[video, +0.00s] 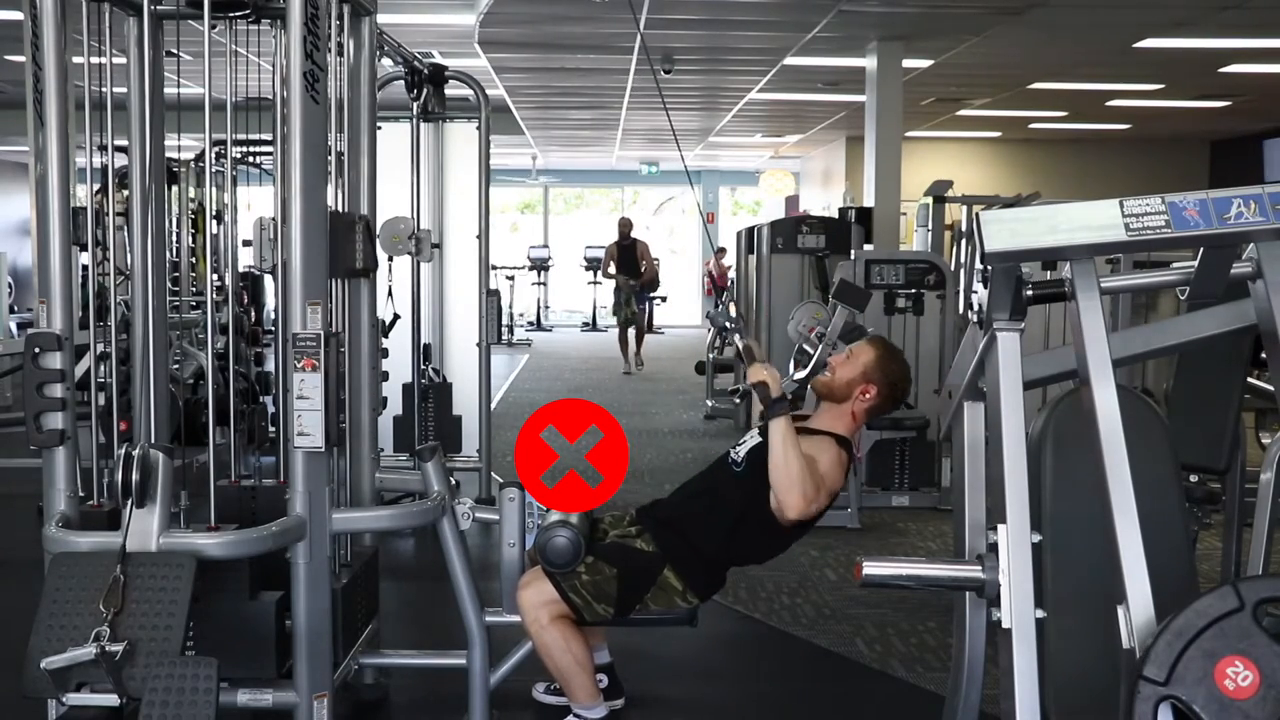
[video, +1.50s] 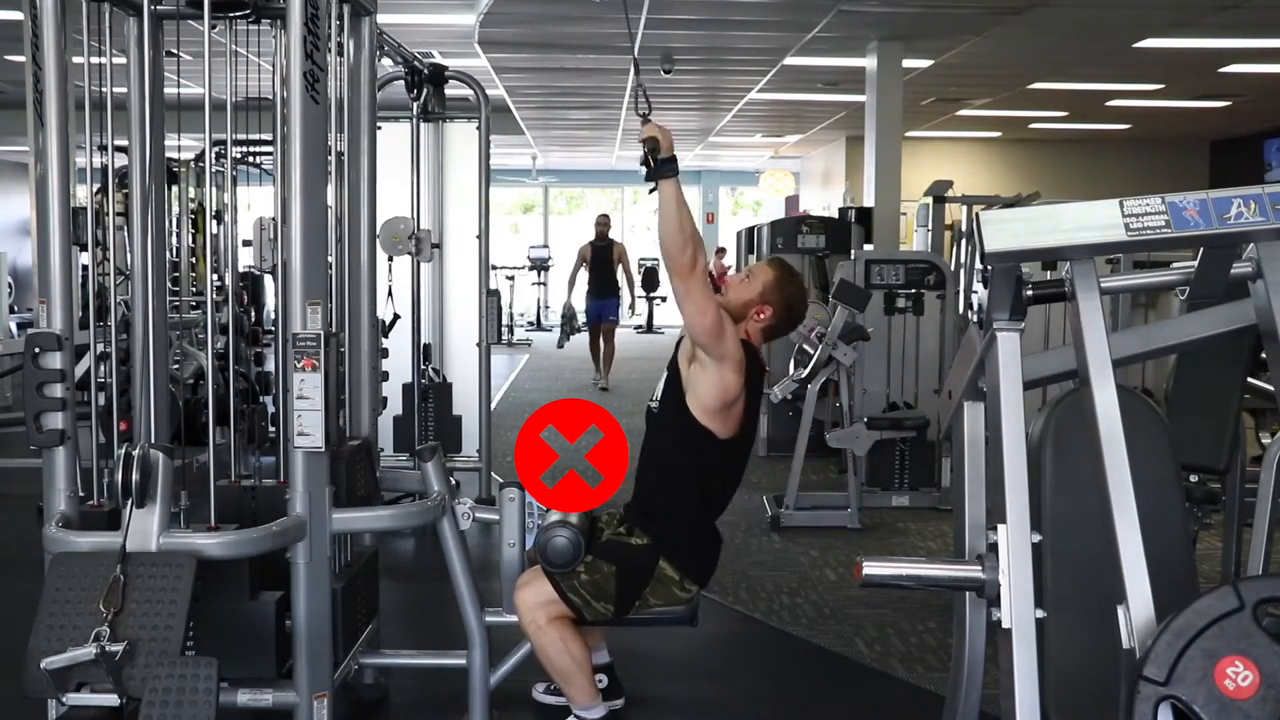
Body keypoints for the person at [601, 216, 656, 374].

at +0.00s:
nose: (623, 230)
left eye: (626, 226)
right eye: (621, 226)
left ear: (631, 228)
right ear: (617, 228)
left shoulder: (641, 246)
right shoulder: (612, 248)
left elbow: (651, 269)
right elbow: (604, 272)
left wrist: (640, 281)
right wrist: (616, 277)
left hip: (638, 289)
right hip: (622, 290)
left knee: (640, 326)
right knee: (623, 327)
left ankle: (638, 353)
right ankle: (626, 361)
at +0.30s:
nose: (621, 231)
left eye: (624, 228)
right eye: (619, 228)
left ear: (630, 230)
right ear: (616, 229)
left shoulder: (638, 249)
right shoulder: (608, 250)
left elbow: (650, 270)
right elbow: (598, 275)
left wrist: (637, 282)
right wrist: (612, 287)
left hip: (632, 290)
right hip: (616, 291)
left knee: (629, 327)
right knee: (619, 329)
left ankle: (625, 364)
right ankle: (626, 361)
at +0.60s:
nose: (619, 227)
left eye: (622, 224)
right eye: (616, 224)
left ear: (627, 226)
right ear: (613, 225)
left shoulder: (635, 246)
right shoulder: (605, 246)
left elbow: (646, 270)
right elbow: (594, 271)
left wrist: (632, 280)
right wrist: (592, 296)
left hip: (627, 293)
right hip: (610, 293)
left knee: (626, 330)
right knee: (605, 329)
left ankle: (623, 365)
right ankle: (612, 358)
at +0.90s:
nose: (609, 229)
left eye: (612, 226)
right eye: (606, 226)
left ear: (617, 228)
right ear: (603, 228)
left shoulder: (626, 247)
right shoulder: (596, 249)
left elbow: (638, 271)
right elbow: (587, 273)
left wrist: (627, 283)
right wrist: (579, 297)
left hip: (621, 295)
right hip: (603, 295)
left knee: (622, 332)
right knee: (601, 332)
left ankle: (622, 366)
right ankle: (599, 370)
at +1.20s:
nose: (601, 226)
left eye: (604, 223)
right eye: (598, 223)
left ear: (609, 225)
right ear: (594, 224)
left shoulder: (619, 244)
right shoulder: (587, 247)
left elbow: (630, 268)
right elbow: (577, 274)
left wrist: (635, 292)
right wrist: (571, 300)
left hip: (615, 296)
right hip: (596, 296)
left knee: (617, 332)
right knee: (596, 334)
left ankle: (615, 366)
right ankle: (598, 372)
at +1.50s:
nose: (601, 228)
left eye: (605, 225)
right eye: (599, 224)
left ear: (610, 227)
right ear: (594, 226)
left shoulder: (618, 248)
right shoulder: (586, 249)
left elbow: (628, 274)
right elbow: (574, 274)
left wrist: (632, 298)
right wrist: (569, 298)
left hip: (611, 298)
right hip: (593, 298)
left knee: (608, 337)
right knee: (594, 337)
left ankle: (605, 376)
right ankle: (597, 370)